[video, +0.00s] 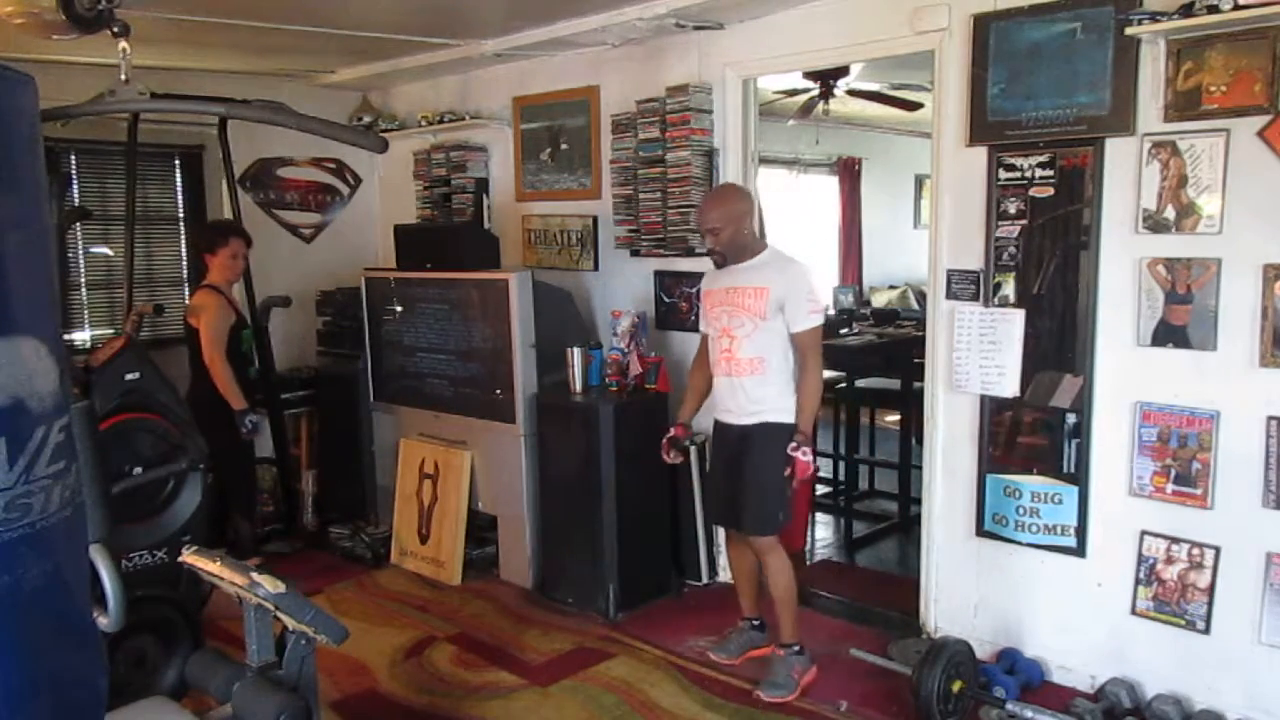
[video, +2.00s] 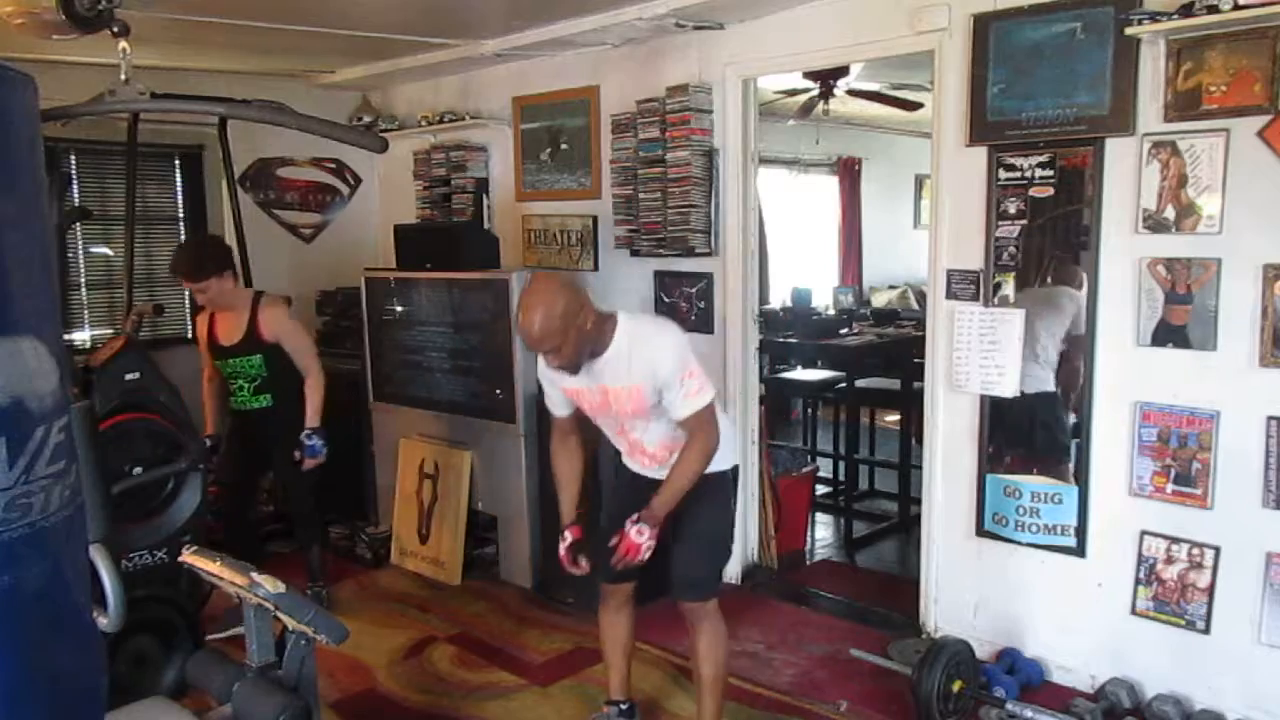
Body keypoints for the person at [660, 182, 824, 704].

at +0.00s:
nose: (708, 241)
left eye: (715, 231)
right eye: (703, 232)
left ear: (747, 222)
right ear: (707, 228)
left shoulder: (789, 276)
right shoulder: (712, 283)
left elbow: (811, 361)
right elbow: (705, 360)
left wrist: (803, 436)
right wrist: (681, 422)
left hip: (774, 425)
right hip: (726, 424)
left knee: (764, 536)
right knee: (735, 531)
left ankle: (792, 651)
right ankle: (750, 626)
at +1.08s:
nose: (686, 244)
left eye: (690, 233)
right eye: (683, 234)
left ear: (726, 221)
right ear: (718, 225)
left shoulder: (782, 285)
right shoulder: (705, 281)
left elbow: (797, 383)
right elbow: (700, 364)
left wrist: (770, 467)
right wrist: (664, 427)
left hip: (754, 452)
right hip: (700, 444)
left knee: (757, 569)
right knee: (672, 545)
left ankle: (756, 678)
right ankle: (697, 641)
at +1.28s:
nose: (672, 253)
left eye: (677, 241)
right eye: (666, 243)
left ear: (713, 226)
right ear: (683, 234)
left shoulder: (770, 285)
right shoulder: (687, 285)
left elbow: (787, 387)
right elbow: (696, 370)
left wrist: (748, 457)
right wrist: (685, 435)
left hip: (753, 454)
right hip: (692, 448)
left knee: (755, 575)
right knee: (660, 554)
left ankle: (755, 682)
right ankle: (629, 675)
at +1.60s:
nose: (615, 265)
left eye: (621, 252)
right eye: (609, 254)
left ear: (657, 238)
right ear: (645, 243)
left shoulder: (722, 290)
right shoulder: (626, 303)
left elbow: (768, 379)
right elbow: (635, 382)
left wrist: (752, 467)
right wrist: (640, 441)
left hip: (719, 472)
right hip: (653, 469)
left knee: (732, 589)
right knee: (636, 584)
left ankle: (750, 681)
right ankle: (622, 702)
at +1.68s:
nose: (596, 273)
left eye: (603, 259)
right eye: (589, 262)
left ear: (641, 242)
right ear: (588, 255)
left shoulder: (705, 288)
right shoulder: (604, 305)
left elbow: (755, 371)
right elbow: (614, 389)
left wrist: (739, 463)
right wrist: (619, 468)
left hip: (706, 471)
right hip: (640, 470)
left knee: (710, 594)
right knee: (623, 585)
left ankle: (745, 675)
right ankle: (620, 705)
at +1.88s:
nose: (562, 311)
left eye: (567, 299)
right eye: (554, 301)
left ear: (600, 273)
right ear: (553, 288)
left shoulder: (678, 304)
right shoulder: (565, 326)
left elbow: (722, 393)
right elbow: (576, 402)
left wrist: (682, 477)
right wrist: (580, 487)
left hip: (700, 459)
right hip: (629, 460)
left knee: (689, 587)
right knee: (618, 587)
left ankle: (718, 711)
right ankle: (620, 706)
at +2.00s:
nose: (549, 363)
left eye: (555, 351)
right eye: (542, 354)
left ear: (586, 320)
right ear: (531, 338)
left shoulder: (661, 343)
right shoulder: (552, 363)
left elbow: (705, 436)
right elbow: (565, 434)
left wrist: (653, 516)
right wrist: (569, 523)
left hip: (703, 469)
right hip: (633, 468)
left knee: (696, 600)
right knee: (614, 588)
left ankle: (709, 716)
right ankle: (619, 705)